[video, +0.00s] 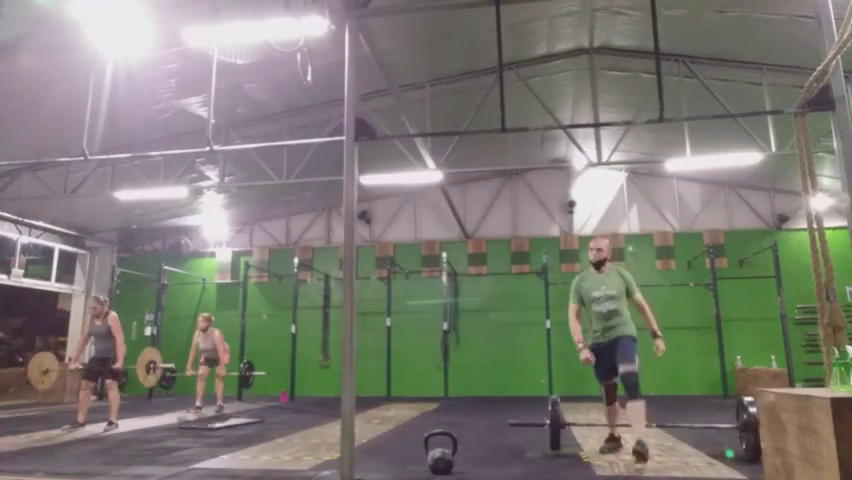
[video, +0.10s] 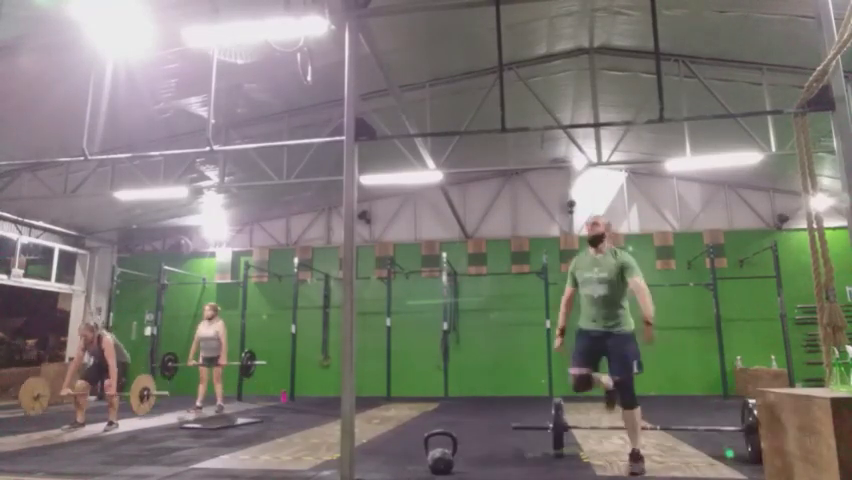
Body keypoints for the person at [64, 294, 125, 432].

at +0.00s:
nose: (93, 311)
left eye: (96, 308)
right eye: (92, 308)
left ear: (104, 307)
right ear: (91, 308)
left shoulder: (111, 317)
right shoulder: (91, 319)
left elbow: (119, 339)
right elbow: (84, 339)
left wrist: (120, 361)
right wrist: (74, 358)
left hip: (111, 358)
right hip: (96, 358)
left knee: (111, 384)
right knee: (85, 385)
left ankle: (112, 420)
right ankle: (80, 420)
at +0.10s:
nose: (83, 339)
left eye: (85, 336)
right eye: (81, 336)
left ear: (94, 333)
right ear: (80, 334)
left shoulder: (106, 340)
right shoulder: (84, 340)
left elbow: (112, 364)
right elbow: (76, 362)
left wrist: (113, 387)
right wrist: (65, 386)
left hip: (118, 363)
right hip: (100, 363)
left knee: (109, 386)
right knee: (81, 386)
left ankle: (112, 420)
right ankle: (80, 420)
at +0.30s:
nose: (79, 351)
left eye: (81, 348)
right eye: (78, 348)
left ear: (89, 345)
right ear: (76, 347)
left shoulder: (102, 349)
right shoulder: (80, 352)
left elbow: (109, 374)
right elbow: (73, 373)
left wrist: (111, 399)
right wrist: (62, 397)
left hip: (118, 369)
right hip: (99, 369)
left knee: (105, 388)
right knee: (77, 388)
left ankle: (112, 421)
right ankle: (80, 420)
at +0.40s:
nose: (87, 319)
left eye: (89, 315)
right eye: (85, 316)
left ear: (96, 313)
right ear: (84, 316)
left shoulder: (106, 322)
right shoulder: (87, 324)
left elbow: (115, 345)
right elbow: (80, 342)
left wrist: (116, 367)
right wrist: (71, 363)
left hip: (114, 355)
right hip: (99, 355)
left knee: (111, 385)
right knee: (85, 383)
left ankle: (113, 420)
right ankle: (80, 420)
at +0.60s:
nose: (82, 329)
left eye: (84, 326)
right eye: (80, 326)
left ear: (91, 323)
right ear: (81, 325)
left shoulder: (102, 329)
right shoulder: (84, 333)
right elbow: (75, 355)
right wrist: (66, 376)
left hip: (114, 356)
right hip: (100, 357)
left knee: (112, 387)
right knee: (84, 384)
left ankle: (112, 420)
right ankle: (80, 420)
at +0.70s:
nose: (74, 346)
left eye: (75, 342)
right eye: (72, 343)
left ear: (83, 340)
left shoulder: (100, 343)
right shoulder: (80, 346)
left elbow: (106, 367)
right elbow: (72, 367)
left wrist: (108, 389)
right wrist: (62, 391)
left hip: (119, 360)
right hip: (101, 361)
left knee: (111, 388)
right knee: (82, 384)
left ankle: (112, 421)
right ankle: (80, 421)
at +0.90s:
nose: (70, 356)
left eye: (71, 353)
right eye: (69, 354)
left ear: (78, 349)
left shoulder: (95, 349)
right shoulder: (71, 352)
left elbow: (103, 377)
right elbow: (67, 377)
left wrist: (104, 403)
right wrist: (59, 400)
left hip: (117, 359)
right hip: (97, 360)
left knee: (108, 385)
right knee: (80, 385)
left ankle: (112, 421)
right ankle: (80, 421)